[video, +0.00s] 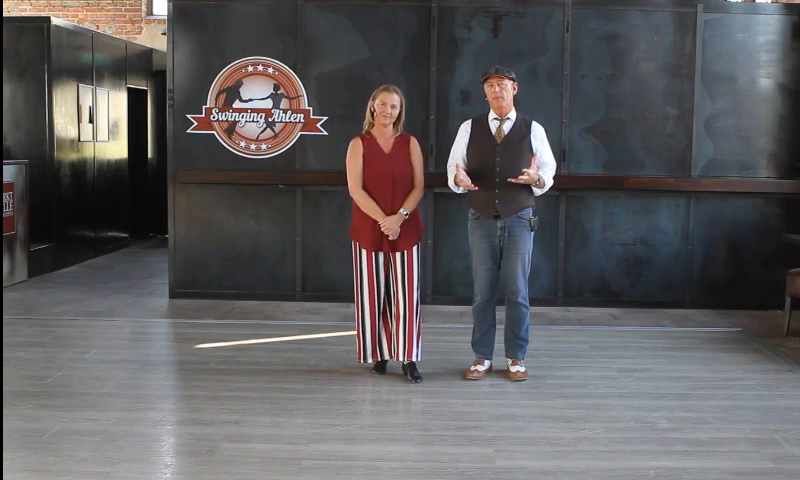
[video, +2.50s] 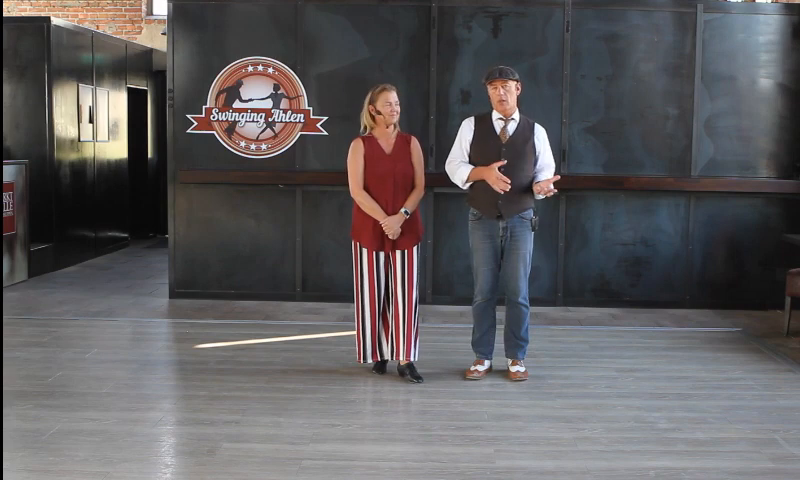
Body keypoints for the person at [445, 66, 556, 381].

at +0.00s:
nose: (496, 91)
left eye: (502, 86)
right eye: (491, 86)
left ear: (514, 89)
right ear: (485, 93)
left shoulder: (533, 130)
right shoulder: (469, 128)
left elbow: (548, 173)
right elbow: (453, 168)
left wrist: (535, 177)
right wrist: (459, 177)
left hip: (519, 219)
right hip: (481, 219)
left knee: (516, 292)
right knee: (483, 292)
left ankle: (516, 359)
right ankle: (482, 358)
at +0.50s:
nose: (500, 91)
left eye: (506, 86)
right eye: (495, 86)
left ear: (516, 92)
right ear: (488, 91)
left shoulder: (531, 130)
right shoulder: (469, 128)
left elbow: (552, 173)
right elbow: (446, 173)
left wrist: (540, 156)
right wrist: (456, 156)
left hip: (519, 220)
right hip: (480, 220)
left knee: (516, 292)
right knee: (483, 292)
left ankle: (516, 359)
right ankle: (482, 358)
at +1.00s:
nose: (506, 92)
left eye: (511, 88)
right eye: (501, 86)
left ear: (519, 94)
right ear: (490, 89)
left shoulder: (532, 131)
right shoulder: (468, 128)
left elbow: (547, 169)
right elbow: (451, 167)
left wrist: (533, 181)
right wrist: (463, 180)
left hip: (519, 220)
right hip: (480, 220)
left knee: (516, 293)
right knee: (483, 292)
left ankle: (516, 359)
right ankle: (482, 358)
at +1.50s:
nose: (504, 90)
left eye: (510, 85)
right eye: (499, 84)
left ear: (518, 92)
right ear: (489, 89)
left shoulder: (532, 130)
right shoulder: (468, 129)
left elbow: (548, 169)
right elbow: (452, 170)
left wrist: (533, 181)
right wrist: (466, 181)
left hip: (520, 219)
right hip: (481, 220)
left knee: (517, 292)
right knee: (483, 292)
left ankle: (516, 359)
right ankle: (482, 358)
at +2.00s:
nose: (502, 90)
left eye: (508, 86)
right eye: (497, 85)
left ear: (517, 91)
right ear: (488, 91)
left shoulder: (533, 130)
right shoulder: (469, 127)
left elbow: (550, 170)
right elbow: (451, 168)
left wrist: (532, 171)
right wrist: (469, 171)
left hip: (520, 220)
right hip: (481, 220)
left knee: (517, 293)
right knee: (483, 292)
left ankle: (516, 358)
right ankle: (482, 358)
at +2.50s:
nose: (500, 93)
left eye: (505, 87)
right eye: (494, 88)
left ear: (517, 90)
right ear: (488, 93)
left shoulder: (535, 131)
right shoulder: (471, 127)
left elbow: (545, 172)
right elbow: (453, 167)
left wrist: (542, 186)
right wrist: (482, 172)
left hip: (521, 219)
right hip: (482, 219)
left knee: (517, 293)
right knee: (484, 292)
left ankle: (516, 359)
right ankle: (482, 358)